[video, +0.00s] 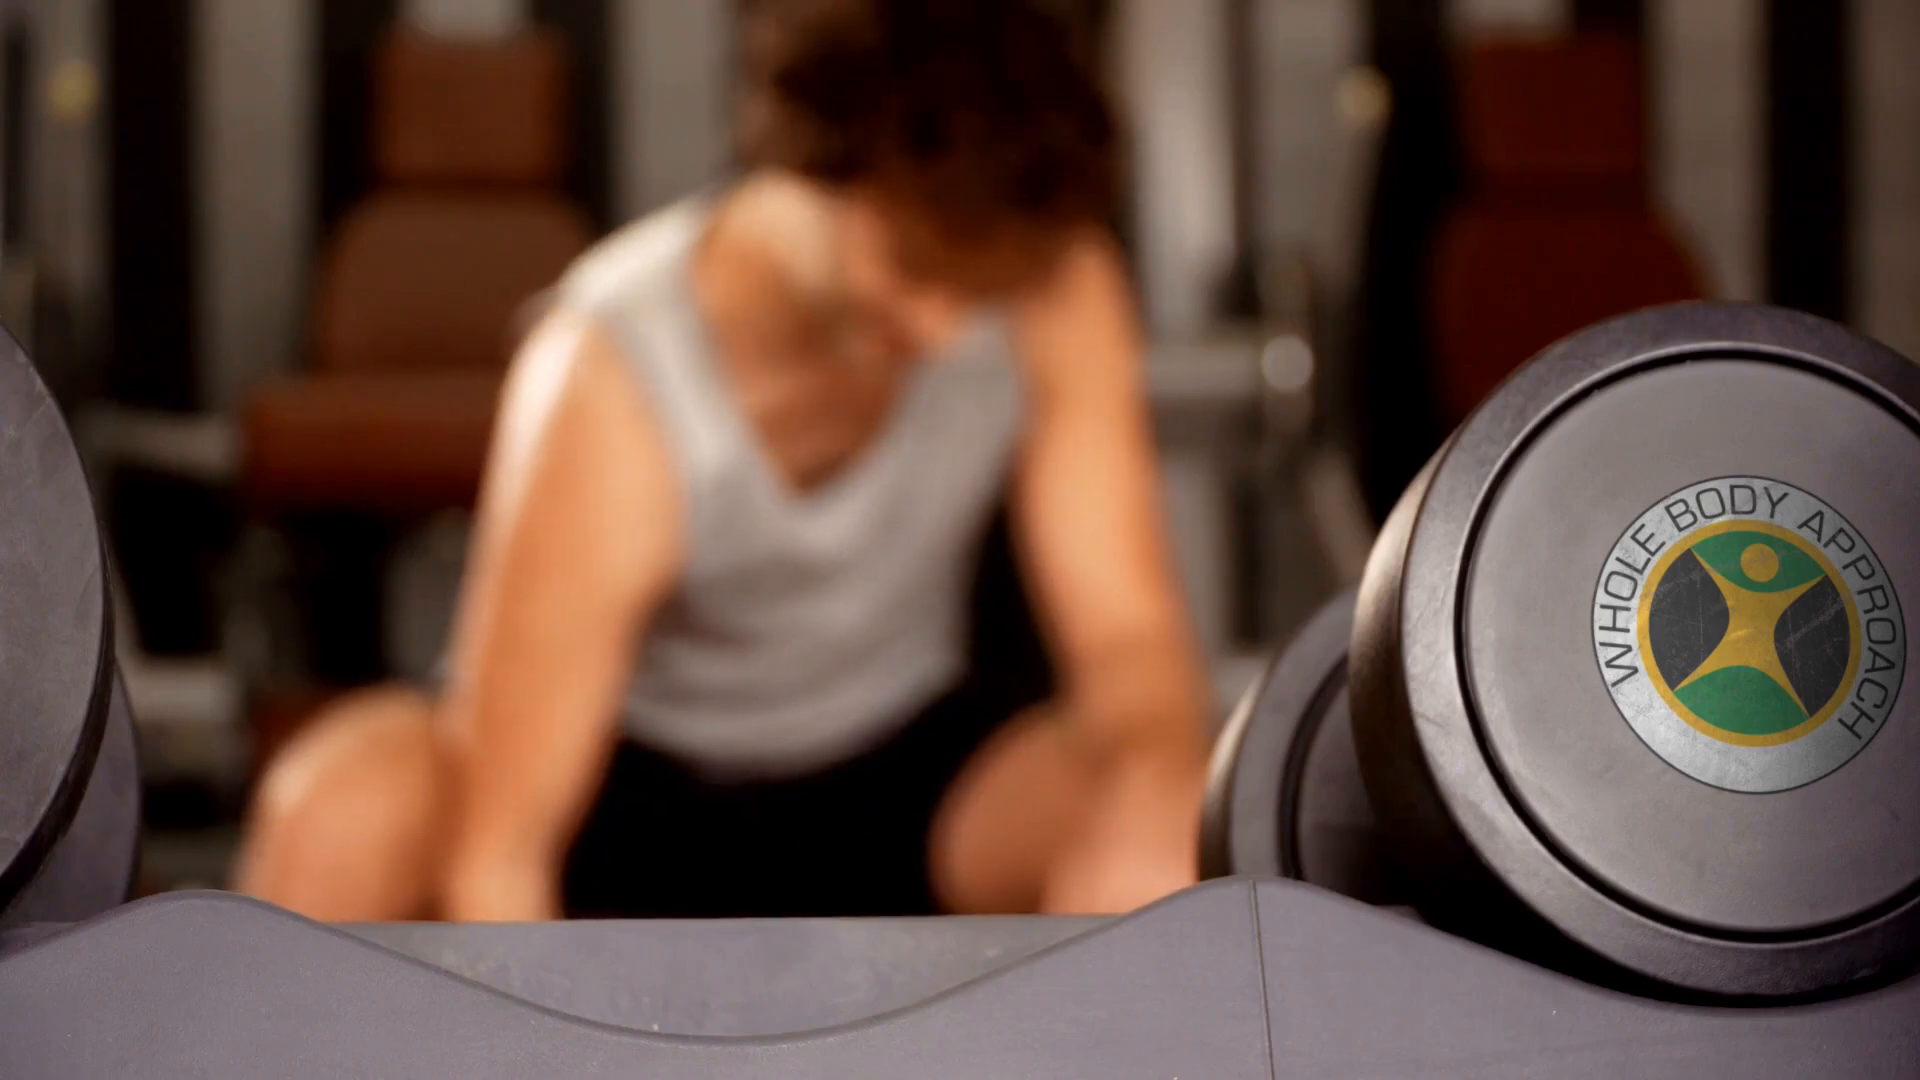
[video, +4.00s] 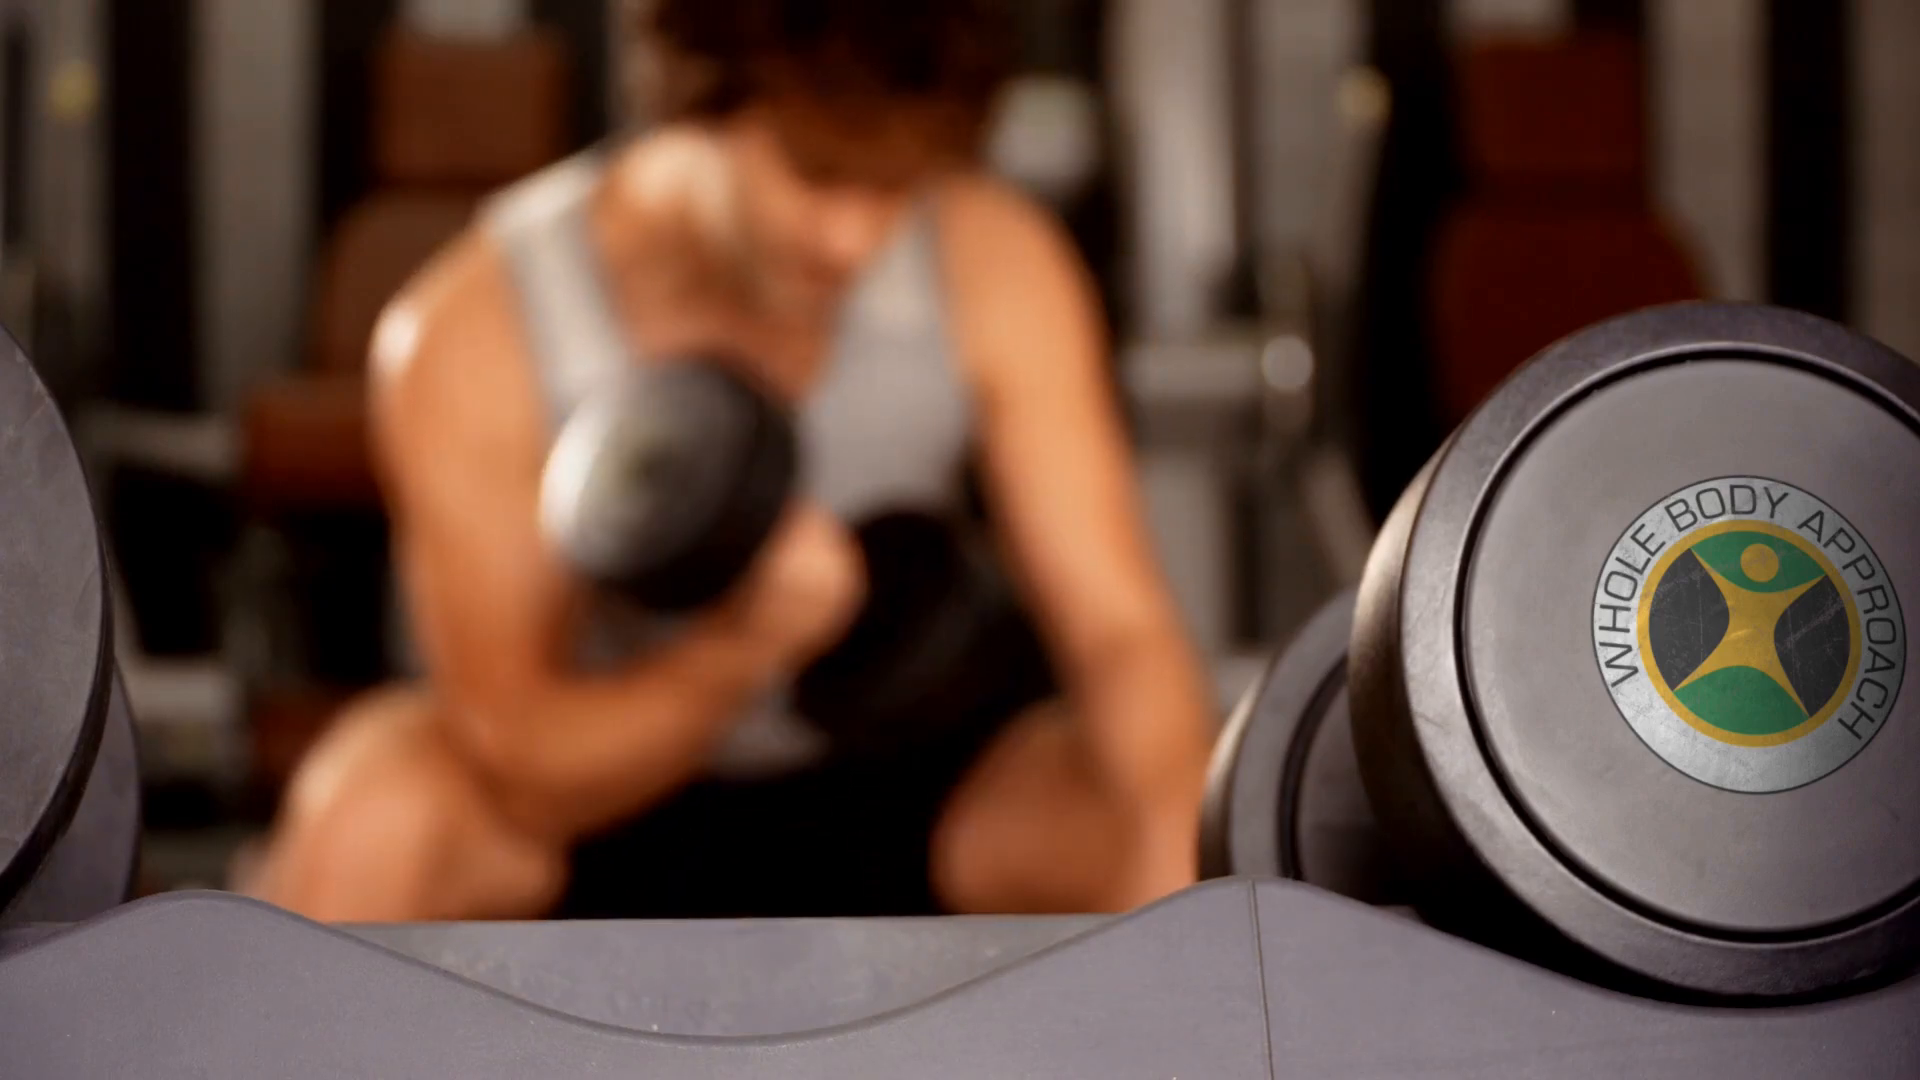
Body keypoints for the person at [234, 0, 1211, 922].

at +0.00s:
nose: (946, 332)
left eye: (991, 287)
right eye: (915, 276)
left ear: (1040, 244)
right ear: (827, 182)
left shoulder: (1049, 274)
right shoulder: (611, 374)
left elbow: (1129, 654)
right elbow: (502, 850)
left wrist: (1151, 852)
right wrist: (545, 1077)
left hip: (899, 789)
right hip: (625, 803)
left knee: (1157, 797)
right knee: (341, 791)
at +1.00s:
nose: (873, 303)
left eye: (916, 266)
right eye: (851, 248)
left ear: (973, 213)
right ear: (760, 148)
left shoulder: (1007, 265)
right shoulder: (487, 320)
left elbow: (1119, 636)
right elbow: (506, 753)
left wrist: (1188, 872)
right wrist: (730, 686)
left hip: (902, 786)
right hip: (595, 799)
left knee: (1174, 814)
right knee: (349, 798)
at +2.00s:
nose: (924, 302)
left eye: (978, 258)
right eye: (896, 238)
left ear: (1034, 213)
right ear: (806, 139)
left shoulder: (1056, 269)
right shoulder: (596, 340)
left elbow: (1137, 643)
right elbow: (523, 809)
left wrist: (1215, 826)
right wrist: (596, 1064)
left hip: (902, 782)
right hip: (627, 794)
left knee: (1194, 816)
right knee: (365, 800)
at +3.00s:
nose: (919, 259)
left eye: (971, 212)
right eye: (887, 197)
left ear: (1015, 168)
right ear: (790, 107)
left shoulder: (1045, 253)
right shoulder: (594, 322)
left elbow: (1128, 639)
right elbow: (504, 773)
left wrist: (1182, 854)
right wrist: (688, 1018)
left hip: (899, 781)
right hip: (627, 792)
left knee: (1190, 812)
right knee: (357, 792)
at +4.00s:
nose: (857, 234)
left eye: (902, 182)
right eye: (818, 173)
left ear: (948, 147)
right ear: (710, 105)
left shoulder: (992, 257)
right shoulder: (466, 331)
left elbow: (1120, 636)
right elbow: (530, 772)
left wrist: (1181, 880)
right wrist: (750, 646)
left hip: (890, 779)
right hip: (597, 805)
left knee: (1179, 816)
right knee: (373, 807)